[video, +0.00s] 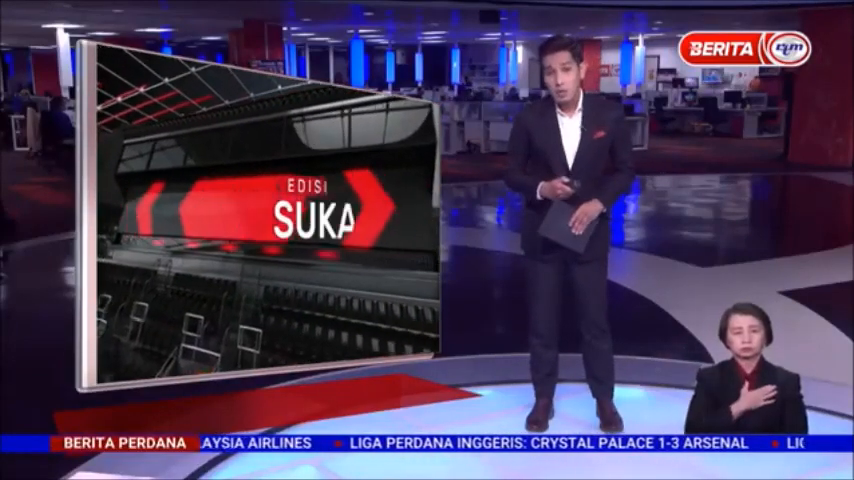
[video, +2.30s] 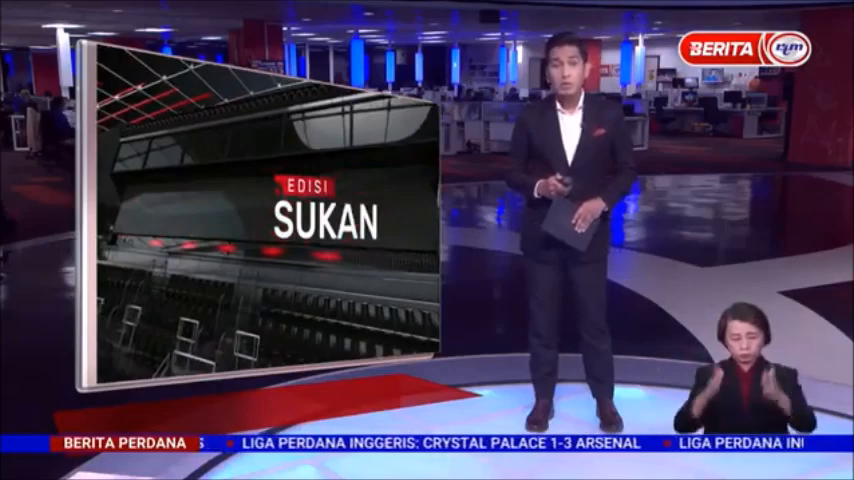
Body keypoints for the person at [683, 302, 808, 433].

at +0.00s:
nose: (746, 338)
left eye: (754, 331)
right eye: (738, 332)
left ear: (766, 337)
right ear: (726, 340)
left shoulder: (787, 381)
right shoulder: (709, 378)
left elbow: (797, 438)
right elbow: (693, 431)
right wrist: (739, 407)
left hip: (771, 465)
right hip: (718, 464)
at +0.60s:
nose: (743, 339)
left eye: (751, 331)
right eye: (734, 332)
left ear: (763, 336)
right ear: (724, 340)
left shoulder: (783, 377)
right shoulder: (710, 376)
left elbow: (809, 419)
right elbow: (691, 423)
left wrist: (775, 411)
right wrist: (732, 392)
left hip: (772, 463)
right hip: (720, 462)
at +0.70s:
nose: (743, 340)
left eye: (750, 331)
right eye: (734, 333)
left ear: (763, 336)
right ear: (723, 340)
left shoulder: (783, 375)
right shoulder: (710, 376)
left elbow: (810, 414)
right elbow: (691, 422)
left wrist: (778, 392)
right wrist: (731, 387)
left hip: (774, 461)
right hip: (722, 462)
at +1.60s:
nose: (743, 341)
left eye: (750, 332)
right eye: (734, 334)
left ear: (762, 335)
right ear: (722, 340)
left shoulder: (782, 375)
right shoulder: (710, 375)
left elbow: (804, 416)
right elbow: (685, 420)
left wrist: (758, 392)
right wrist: (725, 399)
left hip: (774, 461)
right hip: (720, 462)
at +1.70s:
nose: (742, 342)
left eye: (749, 333)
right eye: (733, 335)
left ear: (761, 336)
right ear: (722, 341)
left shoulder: (782, 375)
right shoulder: (709, 376)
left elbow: (808, 419)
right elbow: (680, 423)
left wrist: (774, 395)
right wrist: (706, 406)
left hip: (775, 461)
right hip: (721, 461)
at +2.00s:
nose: (743, 345)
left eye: (750, 336)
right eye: (734, 337)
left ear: (762, 338)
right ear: (723, 341)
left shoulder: (781, 375)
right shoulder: (711, 376)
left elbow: (809, 417)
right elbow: (680, 420)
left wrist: (784, 384)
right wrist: (701, 385)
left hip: (772, 460)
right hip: (720, 460)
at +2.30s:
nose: (744, 346)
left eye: (752, 337)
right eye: (736, 338)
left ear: (764, 339)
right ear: (725, 341)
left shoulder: (783, 376)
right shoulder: (709, 375)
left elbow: (808, 425)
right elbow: (682, 426)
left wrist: (778, 396)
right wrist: (708, 393)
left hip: (772, 461)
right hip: (719, 461)